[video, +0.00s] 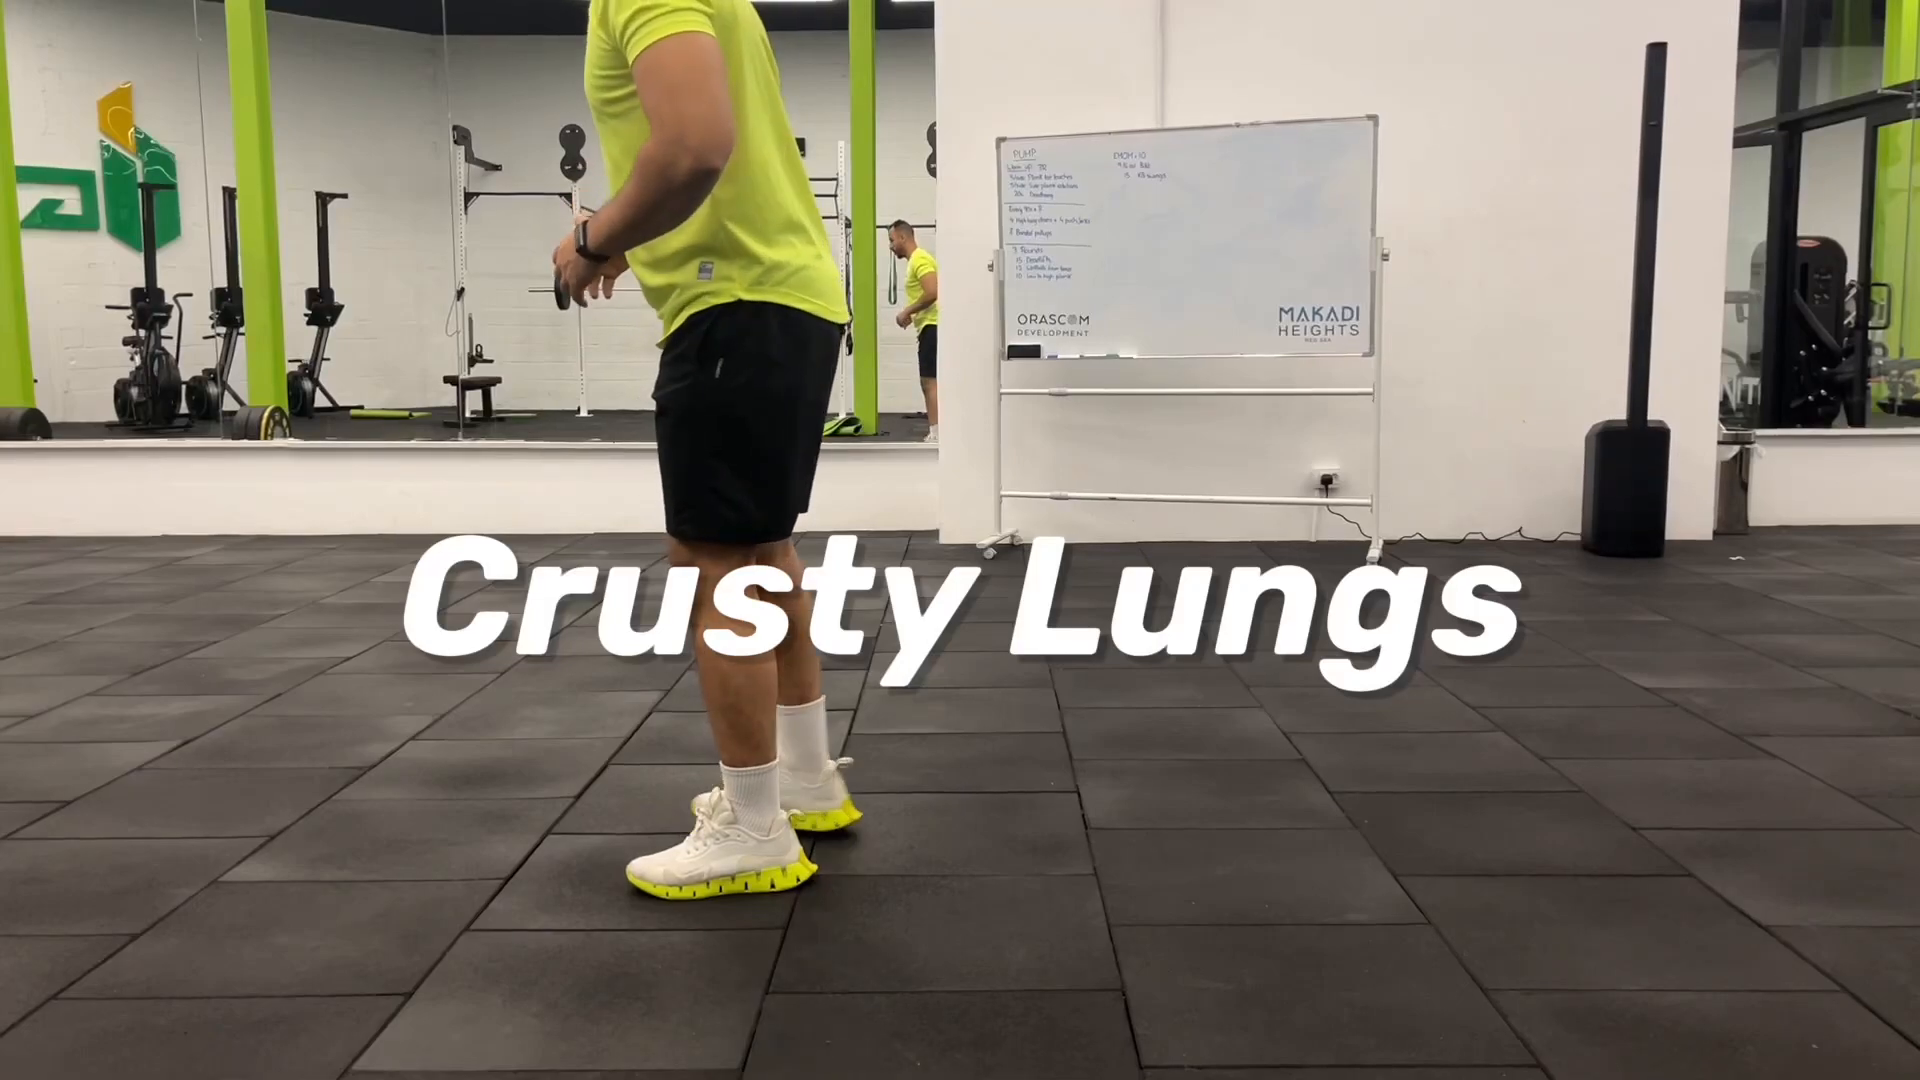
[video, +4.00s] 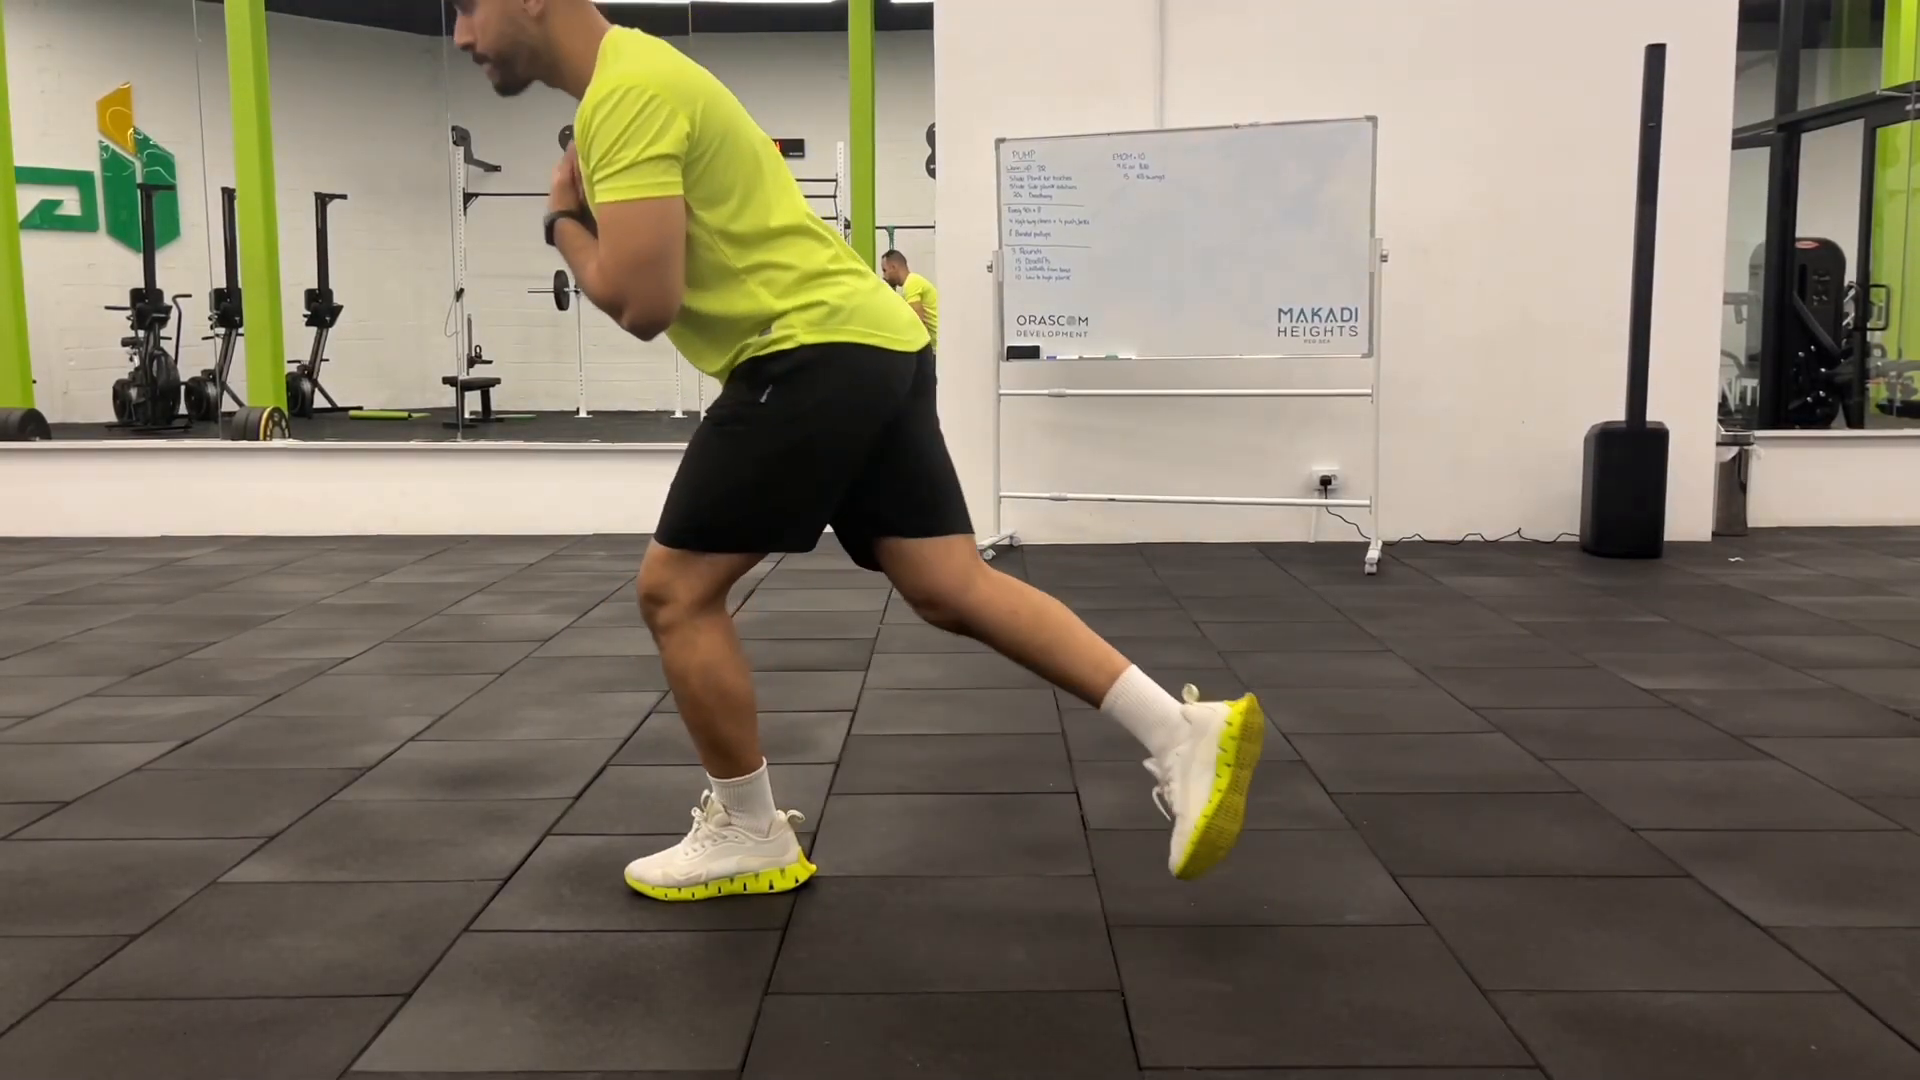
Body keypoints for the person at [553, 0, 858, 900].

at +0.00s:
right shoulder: (710, 11)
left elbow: (694, 140)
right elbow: (722, 159)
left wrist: (598, 232)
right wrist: (618, 246)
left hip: (736, 302)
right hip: (789, 295)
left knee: (718, 560)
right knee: (763, 544)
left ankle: (751, 827)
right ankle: (808, 777)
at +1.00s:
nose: (566, 165)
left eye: (574, 140)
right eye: (563, 143)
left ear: (634, 132)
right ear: (647, 132)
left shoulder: (715, 231)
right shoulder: (740, 218)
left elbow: (689, 443)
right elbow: (717, 416)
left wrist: (640, 353)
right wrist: (661, 361)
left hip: (876, 494)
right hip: (947, 502)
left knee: (648, 609)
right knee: (959, 763)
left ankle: (747, 829)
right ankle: (1235, 819)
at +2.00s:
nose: (499, 67)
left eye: (502, 39)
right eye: (492, 42)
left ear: (560, 23)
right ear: (571, 27)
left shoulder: (650, 116)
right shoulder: (676, 104)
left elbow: (649, 326)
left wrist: (590, 248)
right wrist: (616, 247)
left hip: (827, 376)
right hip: (904, 368)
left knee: (671, 590)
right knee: (956, 620)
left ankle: (749, 829)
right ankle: (1182, 775)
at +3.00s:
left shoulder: (663, 9)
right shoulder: (633, 18)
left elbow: (595, 174)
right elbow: (604, 167)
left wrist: (557, 85)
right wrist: (576, 89)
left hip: (720, 305)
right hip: (685, 308)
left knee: (702, 555)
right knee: (667, 540)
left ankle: (757, 824)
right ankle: (730, 758)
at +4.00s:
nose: (460, 36)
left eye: (467, 9)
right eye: (455, 17)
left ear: (530, 1)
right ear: (543, 8)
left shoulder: (632, 89)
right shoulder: (641, 79)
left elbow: (641, 302)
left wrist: (561, 223)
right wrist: (590, 223)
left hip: (807, 357)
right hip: (877, 342)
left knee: (678, 592)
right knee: (950, 583)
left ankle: (747, 830)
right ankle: (1181, 730)